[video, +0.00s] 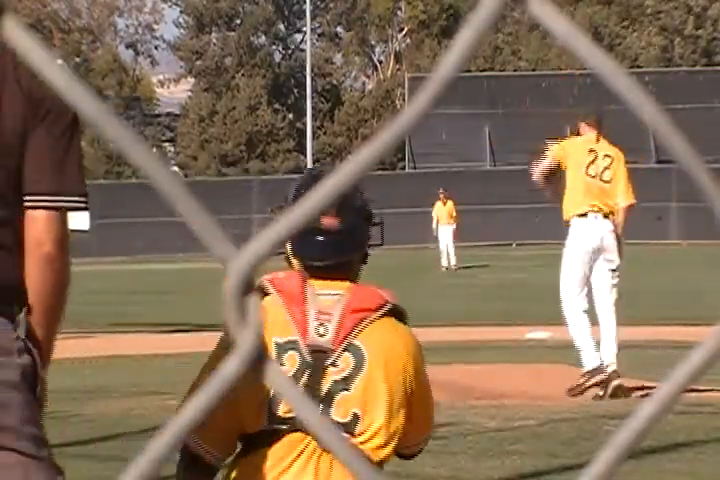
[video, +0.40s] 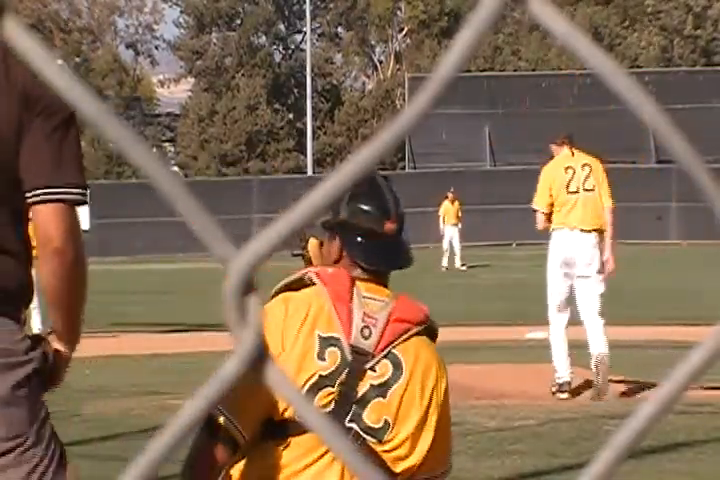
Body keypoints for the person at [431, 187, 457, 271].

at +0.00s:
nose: (441, 196)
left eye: (442, 194)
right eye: (440, 194)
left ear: (445, 194)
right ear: (438, 195)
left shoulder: (450, 203)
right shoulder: (437, 204)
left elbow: (454, 214)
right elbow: (435, 216)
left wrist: (454, 223)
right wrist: (434, 227)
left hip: (450, 225)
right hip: (441, 225)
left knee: (450, 244)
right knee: (442, 245)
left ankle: (453, 263)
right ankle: (444, 263)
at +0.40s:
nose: (451, 195)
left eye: (453, 193)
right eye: (450, 193)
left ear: (454, 195)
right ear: (447, 194)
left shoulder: (457, 203)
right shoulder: (445, 204)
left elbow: (459, 213)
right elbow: (441, 215)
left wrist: (460, 222)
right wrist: (441, 226)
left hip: (455, 225)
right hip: (447, 225)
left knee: (457, 245)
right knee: (446, 246)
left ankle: (458, 263)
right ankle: (445, 263)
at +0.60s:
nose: (458, 195)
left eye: (459, 193)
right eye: (457, 193)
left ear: (460, 194)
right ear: (453, 194)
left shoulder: (460, 204)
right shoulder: (450, 204)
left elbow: (462, 214)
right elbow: (448, 216)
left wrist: (463, 222)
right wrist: (447, 228)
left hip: (460, 226)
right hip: (453, 225)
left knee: (460, 246)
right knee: (451, 245)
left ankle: (458, 263)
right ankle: (446, 262)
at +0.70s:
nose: (460, 195)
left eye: (461, 193)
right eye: (459, 193)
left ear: (462, 194)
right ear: (455, 194)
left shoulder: (461, 203)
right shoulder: (452, 204)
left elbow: (462, 214)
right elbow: (451, 216)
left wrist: (464, 224)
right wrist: (452, 227)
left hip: (462, 225)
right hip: (455, 225)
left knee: (461, 246)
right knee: (453, 245)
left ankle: (459, 263)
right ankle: (448, 262)